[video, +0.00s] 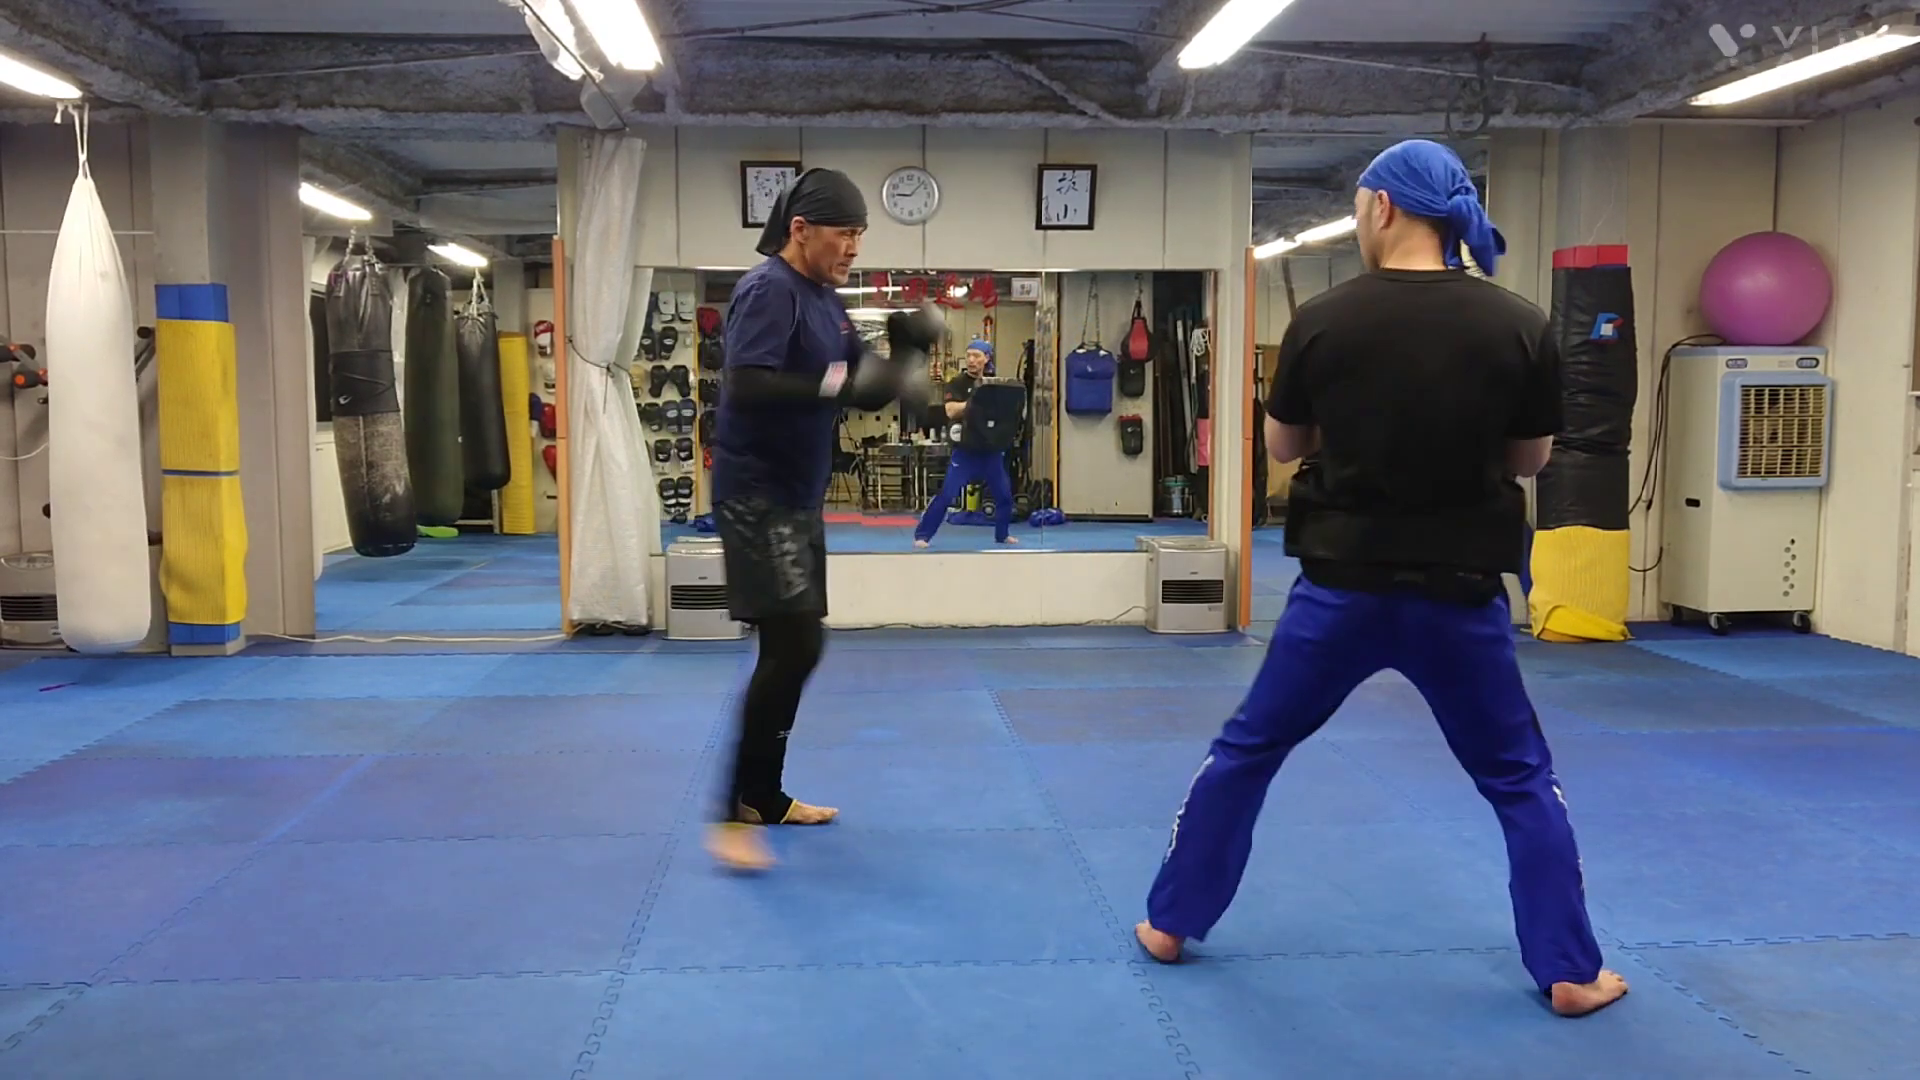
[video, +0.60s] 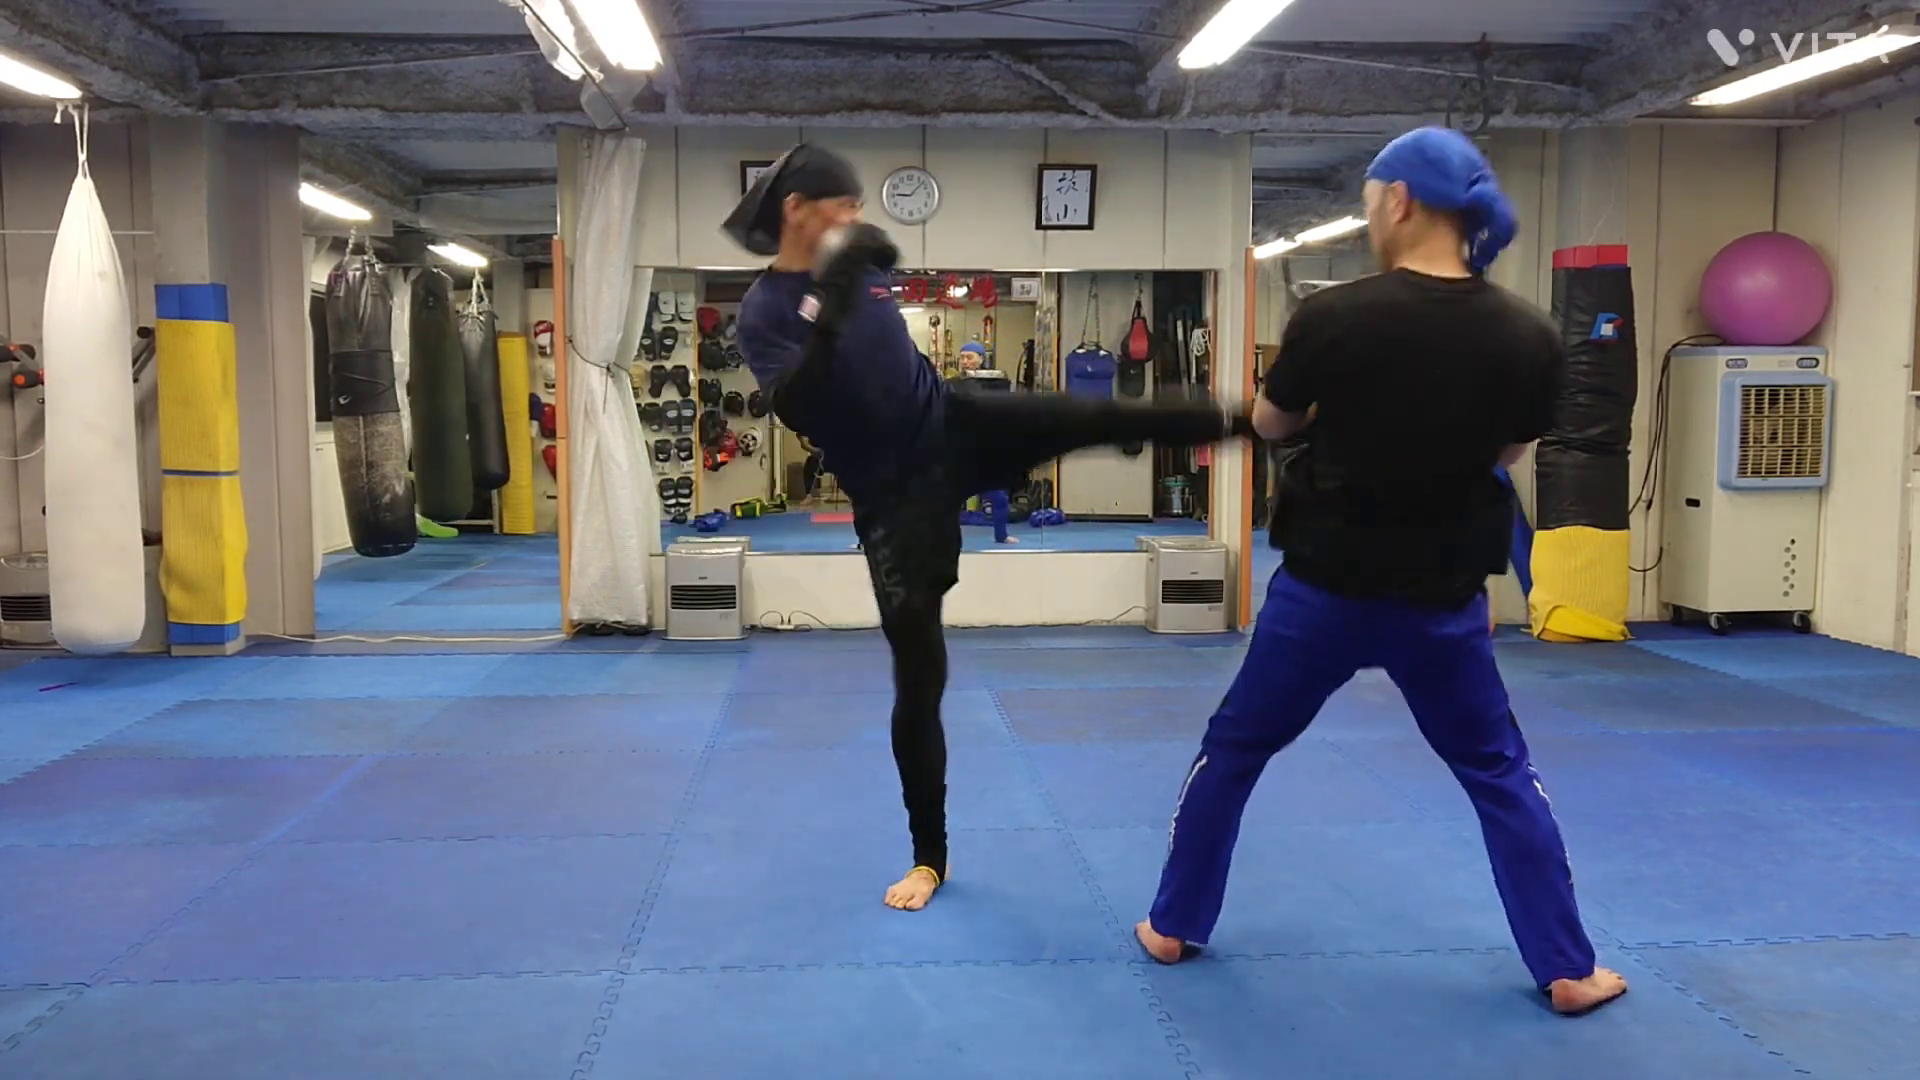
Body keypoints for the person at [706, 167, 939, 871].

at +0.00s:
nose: (855, 247)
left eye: (859, 234)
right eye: (844, 233)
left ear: (836, 236)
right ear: (802, 230)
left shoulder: (826, 302)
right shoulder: (769, 288)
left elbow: (850, 380)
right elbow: (743, 383)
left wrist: (901, 361)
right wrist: (836, 386)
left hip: (796, 501)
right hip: (757, 501)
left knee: (797, 645)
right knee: (790, 645)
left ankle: (763, 799)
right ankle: (736, 815)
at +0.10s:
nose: (854, 241)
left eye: (860, 231)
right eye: (841, 229)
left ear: (865, 235)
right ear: (804, 227)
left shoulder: (846, 296)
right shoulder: (774, 288)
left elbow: (912, 363)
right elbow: (735, 388)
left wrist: (880, 290)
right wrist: (811, 441)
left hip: (808, 499)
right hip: (768, 499)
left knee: (791, 647)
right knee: (821, 640)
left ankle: (762, 795)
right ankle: (815, 818)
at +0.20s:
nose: (863, 230)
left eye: (867, 218)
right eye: (849, 219)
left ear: (869, 225)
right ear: (813, 223)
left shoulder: (870, 288)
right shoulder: (775, 295)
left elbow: (936, 299)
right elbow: (708, 382)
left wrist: (843, 256)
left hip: (850, 504)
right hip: (804, 504)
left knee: (822, 654)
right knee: (861, 666)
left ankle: (768, 788)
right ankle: (914, 850)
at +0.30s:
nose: (845, 230)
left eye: (846, 217)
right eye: (832, 218)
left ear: (840, 222)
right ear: (783, 221)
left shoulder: (859, 273)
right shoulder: (742, 310)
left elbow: (922, 297)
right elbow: (677, 387)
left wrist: (966, 293)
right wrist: (632, 444)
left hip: (910, 490)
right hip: (844, 512)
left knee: (964, 625)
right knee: (890, 684)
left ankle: (864, 713)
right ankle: (919, 859)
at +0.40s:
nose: (826, 230)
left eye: (828, 217)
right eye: (812, 218)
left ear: (823, 223)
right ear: (763, 224)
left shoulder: (855, 281)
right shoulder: (728, 320)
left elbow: (945, 334)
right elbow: (662, 416)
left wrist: (1027, 381)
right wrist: (660, 393)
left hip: (934, 455)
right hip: (861, 515)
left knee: (1034, 478)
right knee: (887, 692)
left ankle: (1089, 525)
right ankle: (920, 856)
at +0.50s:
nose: (816, 231)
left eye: (822, 219)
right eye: (798, 219)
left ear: (832, 224)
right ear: (769, 232)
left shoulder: (855, 281)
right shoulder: (754, 328)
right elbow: (772, 400)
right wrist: (784, 291)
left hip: (953, 422)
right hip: (898, 501)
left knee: (1080, 386)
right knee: (919, 675)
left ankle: (1258, 392)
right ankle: (929, 857)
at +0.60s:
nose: (854, 216)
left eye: (855, 203)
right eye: (840, 203)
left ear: (820, 212)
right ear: (794, 210)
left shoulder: (848, 269)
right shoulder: (763, 316)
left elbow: (876, 251)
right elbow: (798, 405)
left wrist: (865, 253)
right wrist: (829, 299)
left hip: (953, 424)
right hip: (896, 499)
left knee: (1097, 417)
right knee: (919, 678)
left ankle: (1256, 419)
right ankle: (928, 858)